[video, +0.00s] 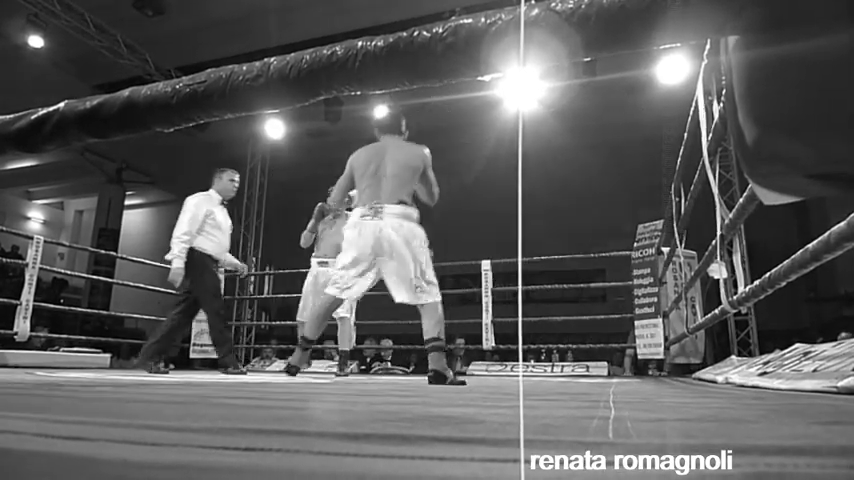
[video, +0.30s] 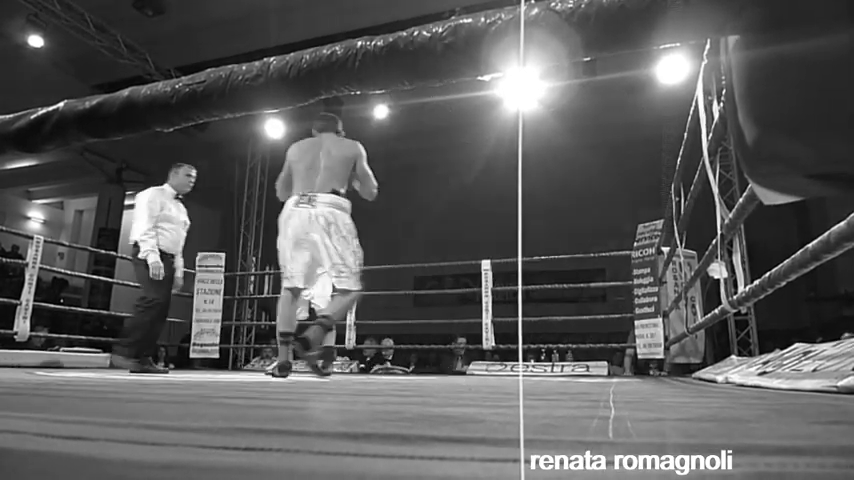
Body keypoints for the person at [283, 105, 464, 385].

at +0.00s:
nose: (408, 132)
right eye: (406, 128)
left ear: (376, 131)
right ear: (404, 129)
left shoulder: (358, 156)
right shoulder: (419, 153)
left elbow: (336, 200)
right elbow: (431, 198)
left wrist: (356, 201)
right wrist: (409, 179)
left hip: (361, 225)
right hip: (403, 226)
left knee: (335, 291)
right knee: (428, 294)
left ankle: (297, 358)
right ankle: (437, 367)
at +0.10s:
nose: (375, 132)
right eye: (373, 127)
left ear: (343, 134)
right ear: (371, 131)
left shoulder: (326, 157)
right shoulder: (385, 153)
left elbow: (309, 201)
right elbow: (404, 198)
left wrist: (330, 208)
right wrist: (385, 180)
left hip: (330, 225)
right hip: (370, 224)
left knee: (309, 292)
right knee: (398, 290)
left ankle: (289, 364)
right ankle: (423, 358)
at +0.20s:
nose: (356, 130)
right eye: (354, 127)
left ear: (326, 131)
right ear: (352, 129)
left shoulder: (308, 152)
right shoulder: (366, 148)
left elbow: (296, 195)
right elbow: (385, 193)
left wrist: (320, 192)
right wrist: (366, 185)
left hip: (310, 222)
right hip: (348, 221)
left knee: (300, 291)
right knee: (380, 287)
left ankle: (288, 361)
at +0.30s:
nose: (342, 132)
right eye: (341, 128)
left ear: (313, 131)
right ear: (340, 129)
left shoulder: (295, 149)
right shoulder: (353, 148)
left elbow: (282, 192)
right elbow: (370, 191)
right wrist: (351, 177)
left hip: (295, 215)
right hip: (333, 216)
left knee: (290, 288)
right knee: (349, 289)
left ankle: (283, 360)